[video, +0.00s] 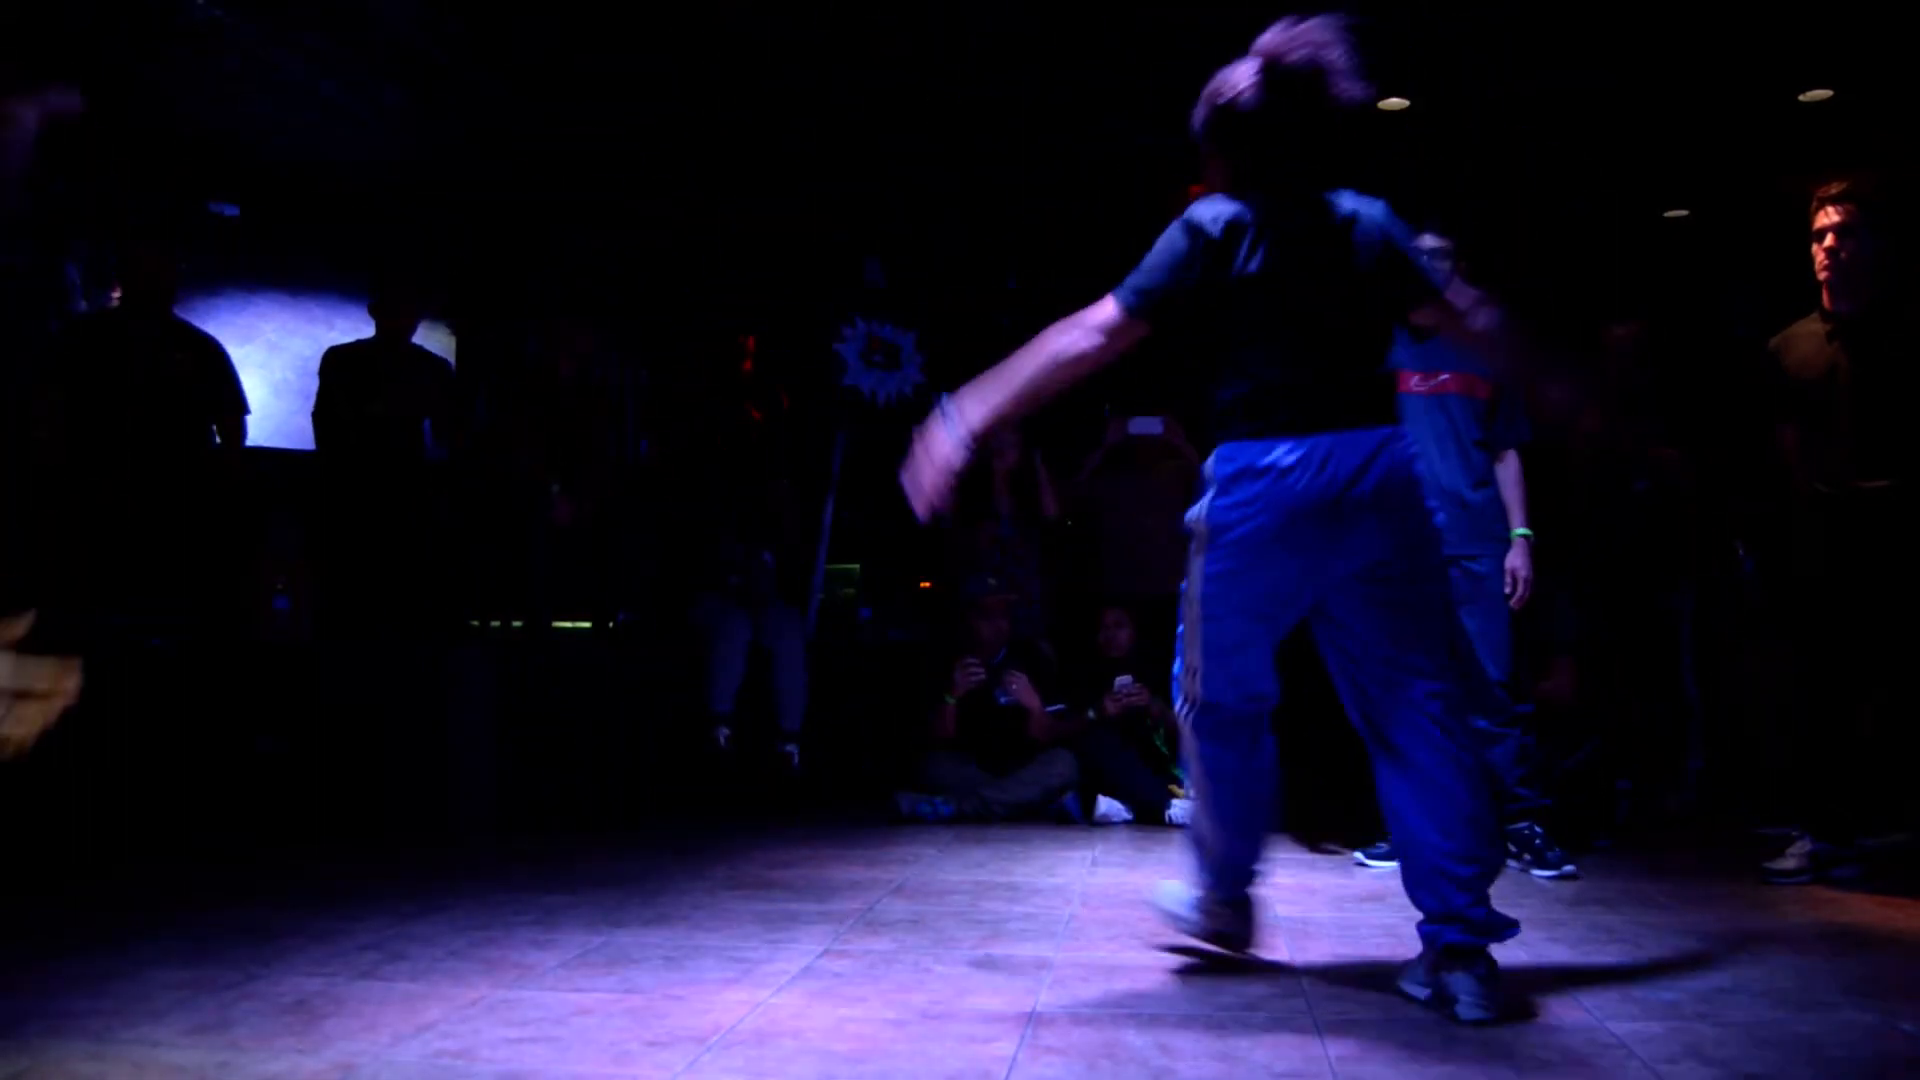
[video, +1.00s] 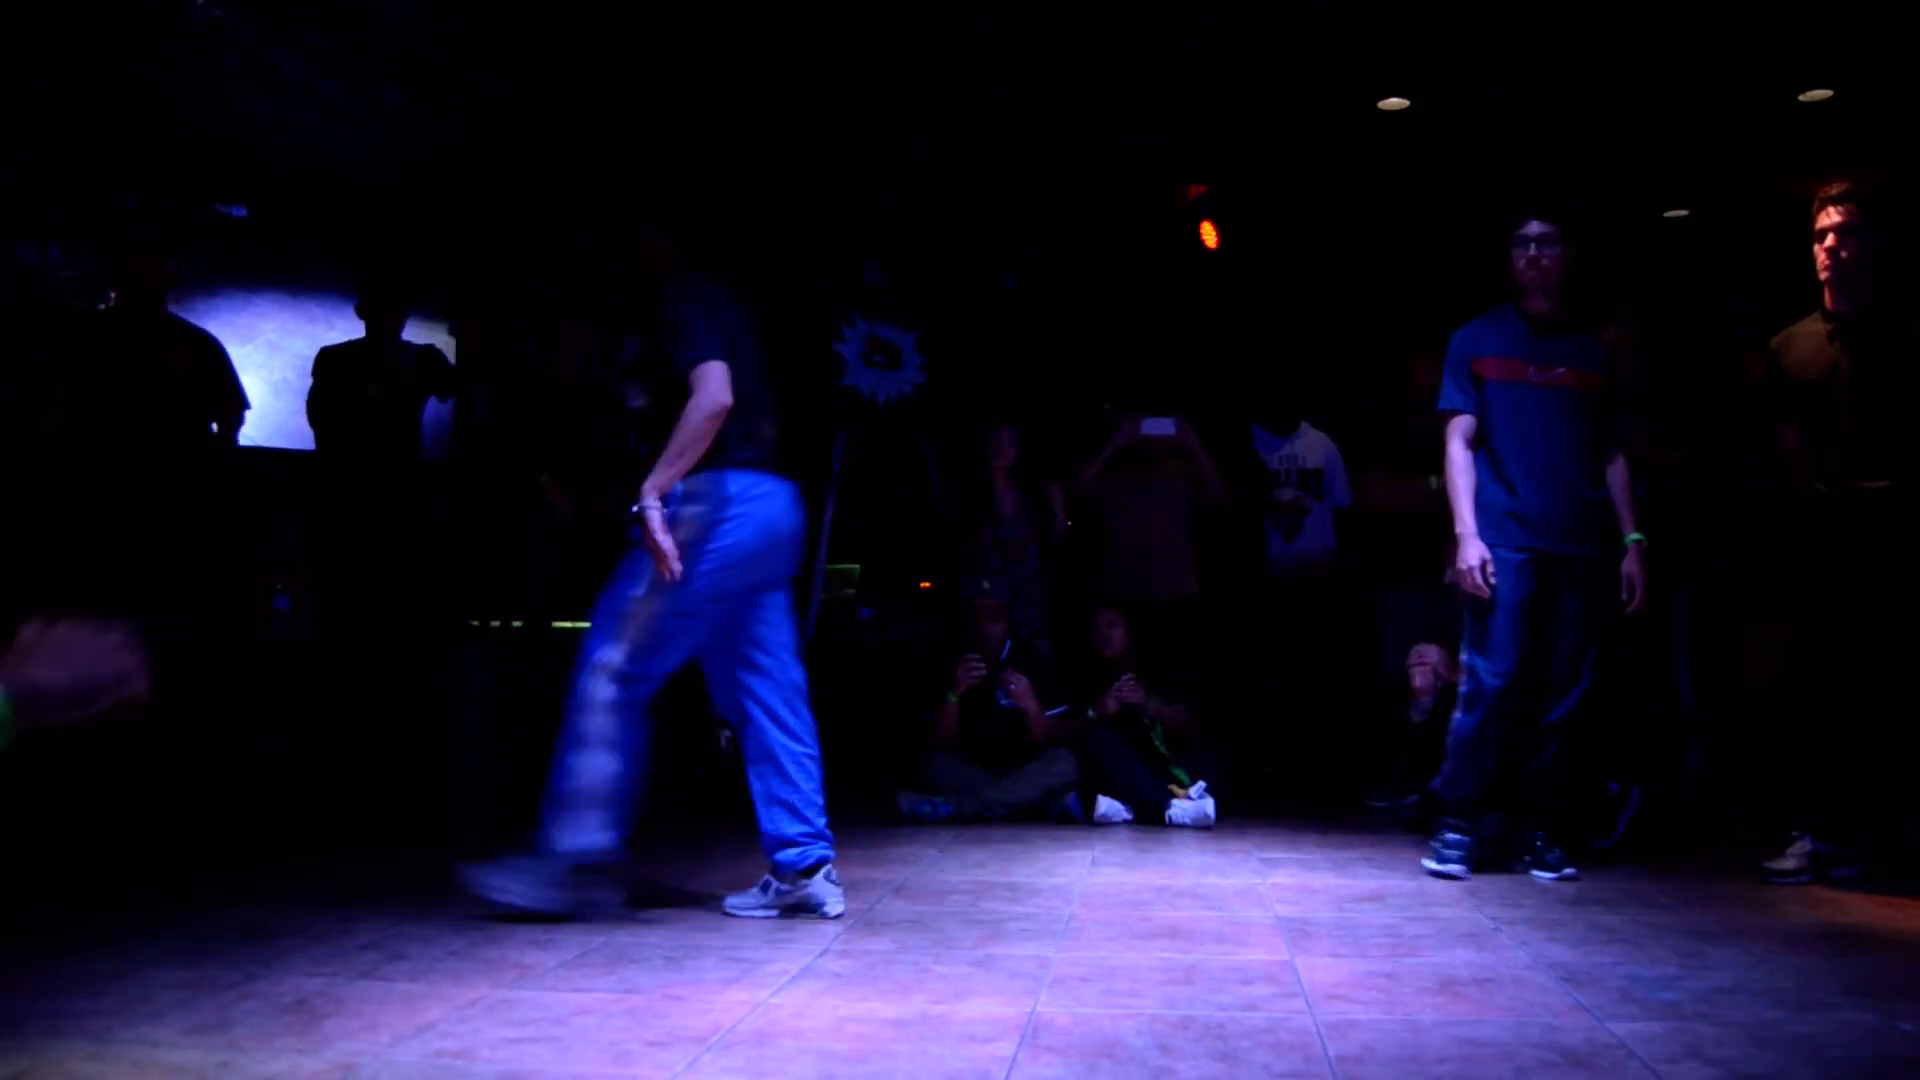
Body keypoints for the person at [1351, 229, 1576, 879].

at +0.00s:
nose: (1428, 271)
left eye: (1439, 260)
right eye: (1419, 259)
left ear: (1456, 271)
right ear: (1397, 271)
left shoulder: (1479, 349)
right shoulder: (1389, 350)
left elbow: (1504, 451)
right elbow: (1359, 446)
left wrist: (1519, 536)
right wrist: (1362, 532)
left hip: (1474, 542)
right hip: (1402, 543)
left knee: (1493, 685)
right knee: (1407, 685)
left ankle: (1522, 823)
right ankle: (1406, 827)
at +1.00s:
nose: (1535, 257)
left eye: (1547, 246)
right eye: (1525, 246)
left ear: (1568, 258)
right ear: (1510, 259)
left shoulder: (1592, 347)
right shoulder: (1479, 339)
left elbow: (1612, 453)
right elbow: (1460, 440)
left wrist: (1632, 542)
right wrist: (1467, 535)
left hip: (1578, 544)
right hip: (1506, 539)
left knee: (1564, 695)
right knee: (1492, 681)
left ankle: (1540, 835)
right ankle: (1457, 827)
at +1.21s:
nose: (1547, 258)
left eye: (1558, 246)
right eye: (1537, 246)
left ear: (1579, 257)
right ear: (1522, 258)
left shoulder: (1599, 341)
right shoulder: (1491, 338)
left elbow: (1620, 451)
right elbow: (1472, 439)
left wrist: (1640, 540)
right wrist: (1479, 536)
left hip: (1590, 535)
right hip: (1526, 534)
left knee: (1574, 680)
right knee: (1546, 677)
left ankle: (1541, 828)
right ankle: (1544, 838)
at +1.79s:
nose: (1598, 242)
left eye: (1609, 230)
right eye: (1584, 231)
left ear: (1628, 242)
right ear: (1565, 245)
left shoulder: (1641, 325)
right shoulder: (1548, 328)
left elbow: (1663, 445)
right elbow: (1542, 437)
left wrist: (1686, 535)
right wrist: (1568, 540)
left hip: (1644, 530)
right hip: (1591, 533)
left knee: (1599, 687)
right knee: (1613, 691)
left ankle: (1537, 825)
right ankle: (1644, 849)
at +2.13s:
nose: (1640, 229)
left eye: (1651, 218)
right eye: (1625, 218)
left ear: (1667, 231)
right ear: (1602, 234)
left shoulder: (1672, 314)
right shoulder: (1589, 316)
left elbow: (1696, 437)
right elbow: (1590, 427)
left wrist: (1730, 525)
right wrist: (1643, 527)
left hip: (1678, 526)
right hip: (1620, 532)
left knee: (1682, 680)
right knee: (1635, 688)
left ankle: (1609, 802)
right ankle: (1648, 854)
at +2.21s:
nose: (1650, 229)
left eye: (1661, 217)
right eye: (1634, 217)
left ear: (1677, 229)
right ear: (1611, 232)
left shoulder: (1684, 312)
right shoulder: (1597, 315)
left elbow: (1704, 437)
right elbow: (1599, 426)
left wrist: (1737, 524)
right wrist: (1651, 526)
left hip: (1689, 527)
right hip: (1627, 532)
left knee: (1701, 686)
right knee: (1643, 690)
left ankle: (1702, 847)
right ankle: (1647, 855)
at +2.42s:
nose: (1678, 226)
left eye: (1687, 212)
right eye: (1664, 214)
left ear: (1705, 226)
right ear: (1641, 228)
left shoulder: (1714, 318)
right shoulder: (1619, 313)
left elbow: (1730, 444)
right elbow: (1612, 424)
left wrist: (1761, 534)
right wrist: (1651, 530)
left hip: (1719, 530)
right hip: (1653, 535)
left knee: (1750, 684)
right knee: (1661, 692)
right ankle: (1652, 857)